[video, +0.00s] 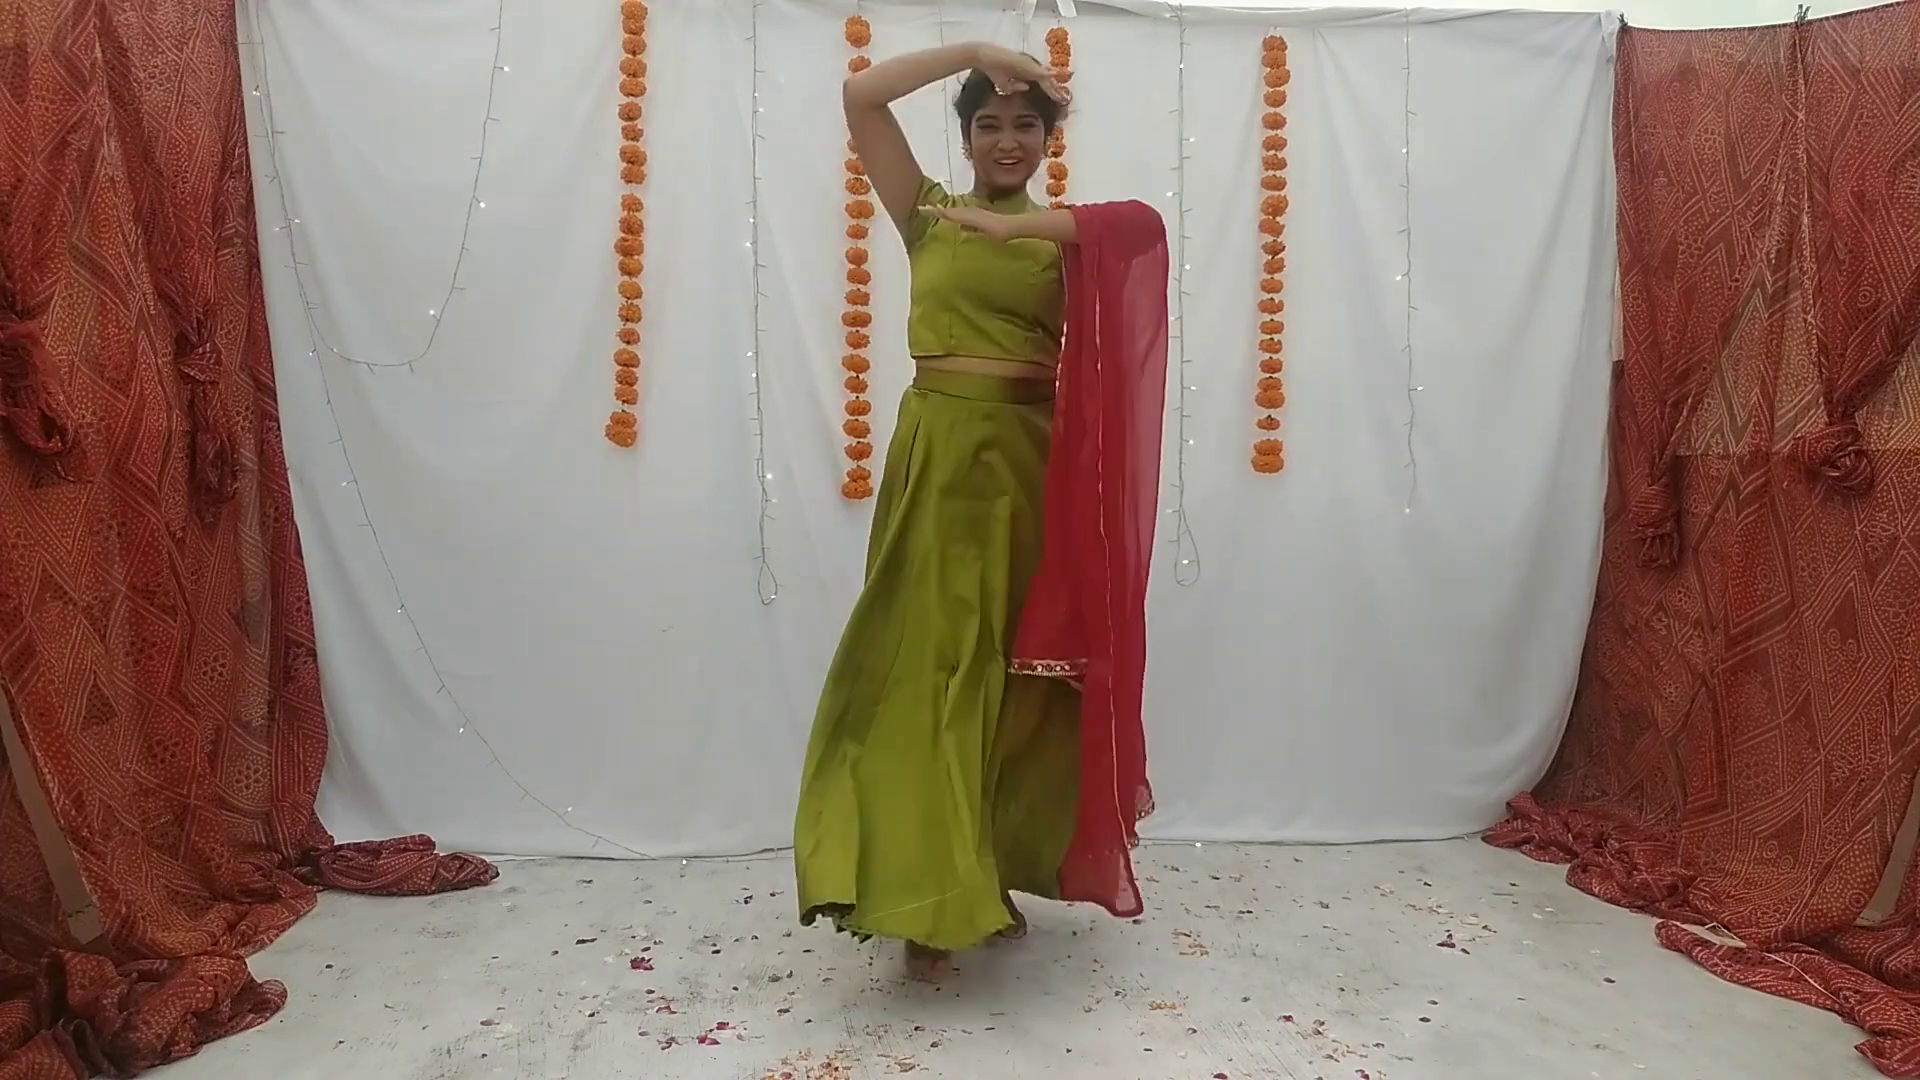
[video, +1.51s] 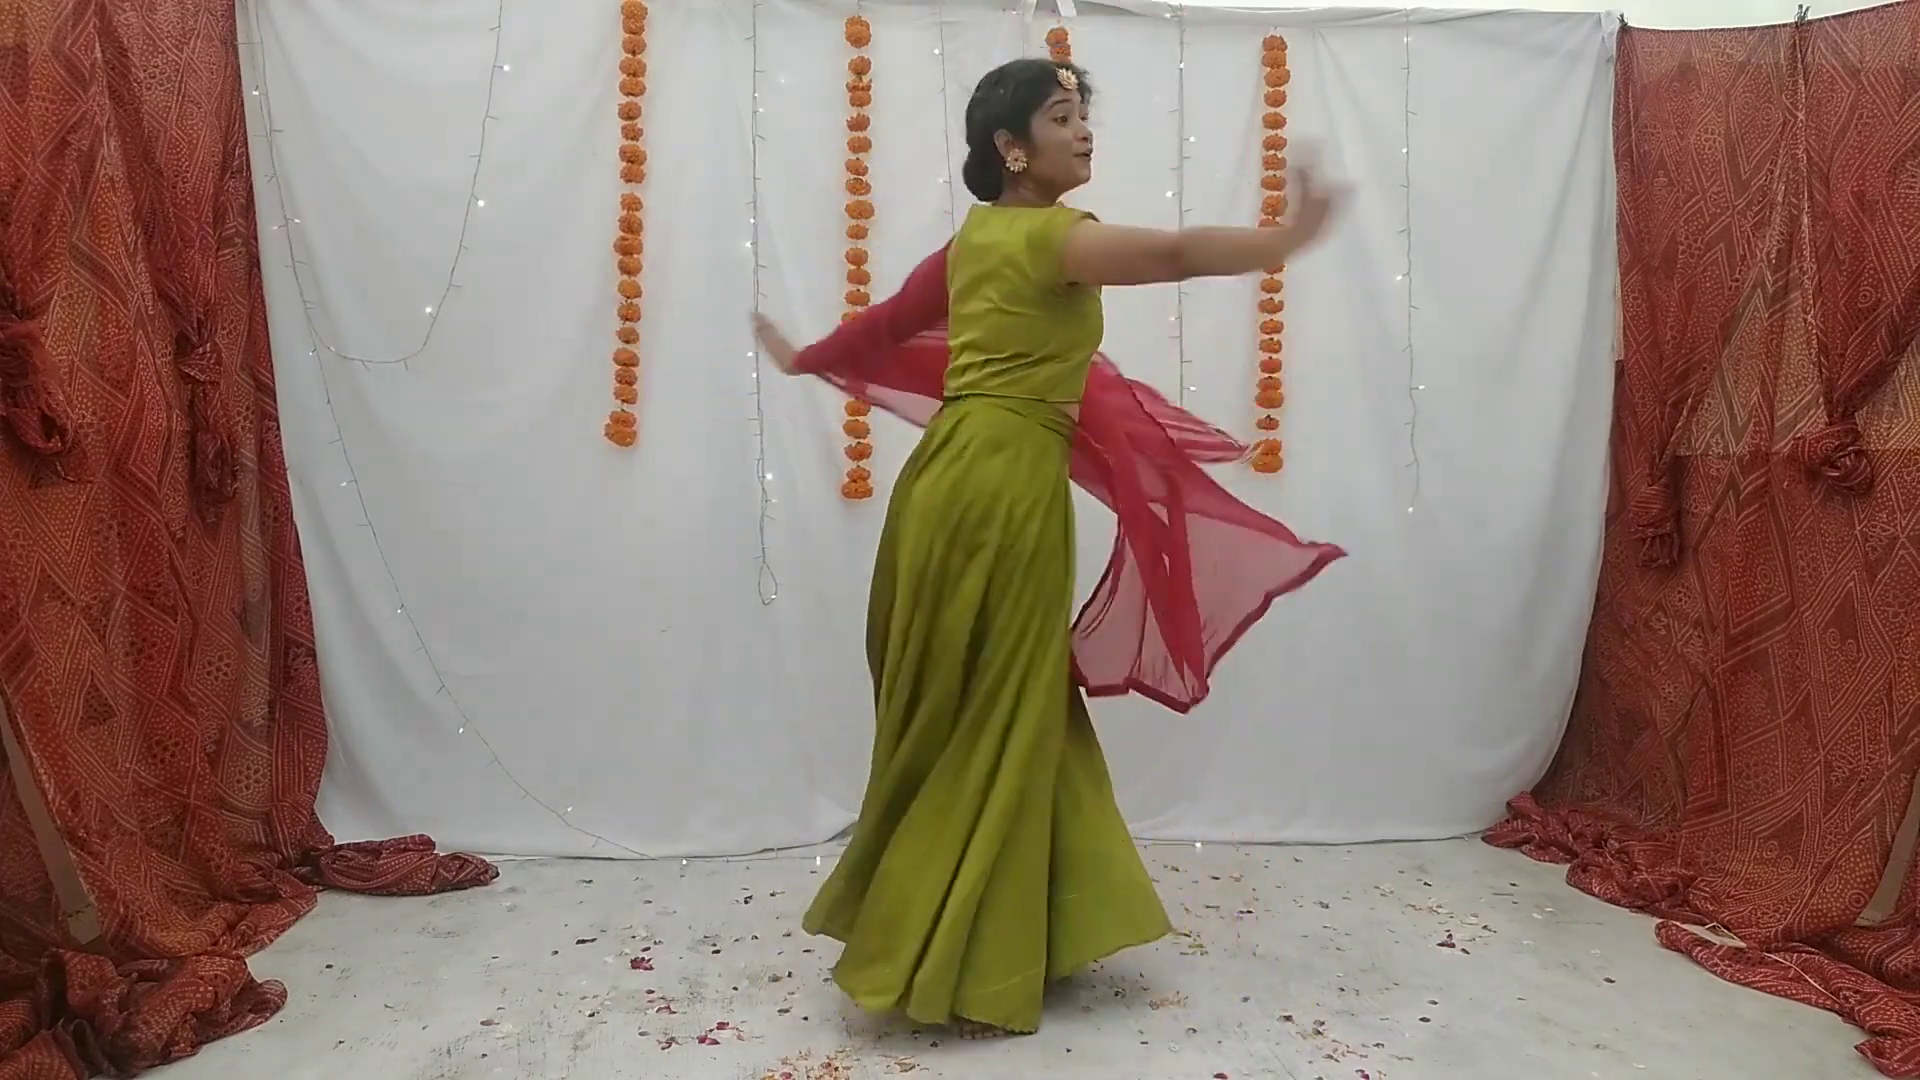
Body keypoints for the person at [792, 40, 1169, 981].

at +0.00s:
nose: (1009, 139)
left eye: (1026, 125)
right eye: (992, 124)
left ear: (1047, 142)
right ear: (966, 135)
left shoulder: (1062, 240)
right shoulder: (929, 216)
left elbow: (1144, 223)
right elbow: (863, 96)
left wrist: (1005, 224)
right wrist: (973, 50)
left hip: (1029, 451)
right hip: (937, 443)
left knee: (1010, 667)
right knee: (935, 662)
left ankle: (981, 871)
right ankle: (928, 900)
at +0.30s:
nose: (1013, 218)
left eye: (1023, 201)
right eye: (993, 202)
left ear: (1049, 205)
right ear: (966, 206)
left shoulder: (1085, 287)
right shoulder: (942, 291)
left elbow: (1157, 216)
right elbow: (841, 259)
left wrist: (1037, 179)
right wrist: (966, 243)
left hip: (1058, 515)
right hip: (956, 508)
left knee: (1062, 728)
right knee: (944, 722)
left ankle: (1064, 904)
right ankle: (928, 945)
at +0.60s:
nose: (1034, 112)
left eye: (1053, 95)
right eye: (1017, 94)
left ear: (1077, 109)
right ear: (988, 105)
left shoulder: (1111, 199)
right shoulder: (956, 201)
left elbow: (1174, 72)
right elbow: (847, 162)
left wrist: (1101, 6)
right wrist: (965, 178)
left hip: (1085, 450)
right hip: (976, 447)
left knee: (1077, 683)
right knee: (975, 681)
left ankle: (1078, 929)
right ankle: (976, 927)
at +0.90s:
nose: (1006, 127)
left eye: (1022, 112)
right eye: (987, 114)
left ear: (1052, 130)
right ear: (960, 139)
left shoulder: (1096, 234)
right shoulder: (941, 252)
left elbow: (1193, 309)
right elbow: (845, 369)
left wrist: (1108, 223)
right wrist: (904, 265)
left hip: (1086, 495)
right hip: (972, 492)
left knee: (1085, 732)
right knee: (969, 730)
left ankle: (1086, 984)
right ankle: (965, 975)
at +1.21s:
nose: (994, 130)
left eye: (1011, 116)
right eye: (975, 119)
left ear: (1042, 141)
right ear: (950, 149)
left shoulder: (1080, 256)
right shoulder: (938, 253)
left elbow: (1179, 350)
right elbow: (809, 348)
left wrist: (1272, 309)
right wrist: (660, 374)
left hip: (1051, 501)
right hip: (959, 491)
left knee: (1055, 733)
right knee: (961, 733)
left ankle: (1053, 978)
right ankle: (954, 978)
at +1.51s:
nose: (1085, 132)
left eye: (1083, 116)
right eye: (1065, 120)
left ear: (1014, 156)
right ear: (1014, 148)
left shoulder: (971, 239)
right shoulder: (1052, 238)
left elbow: (887, 322)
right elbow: (1171, 254)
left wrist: (802, 358)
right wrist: (1289, 237)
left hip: (939, 480)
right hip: (1006, 488)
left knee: (947, 712)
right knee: (1005, 716)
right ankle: (963, 959)